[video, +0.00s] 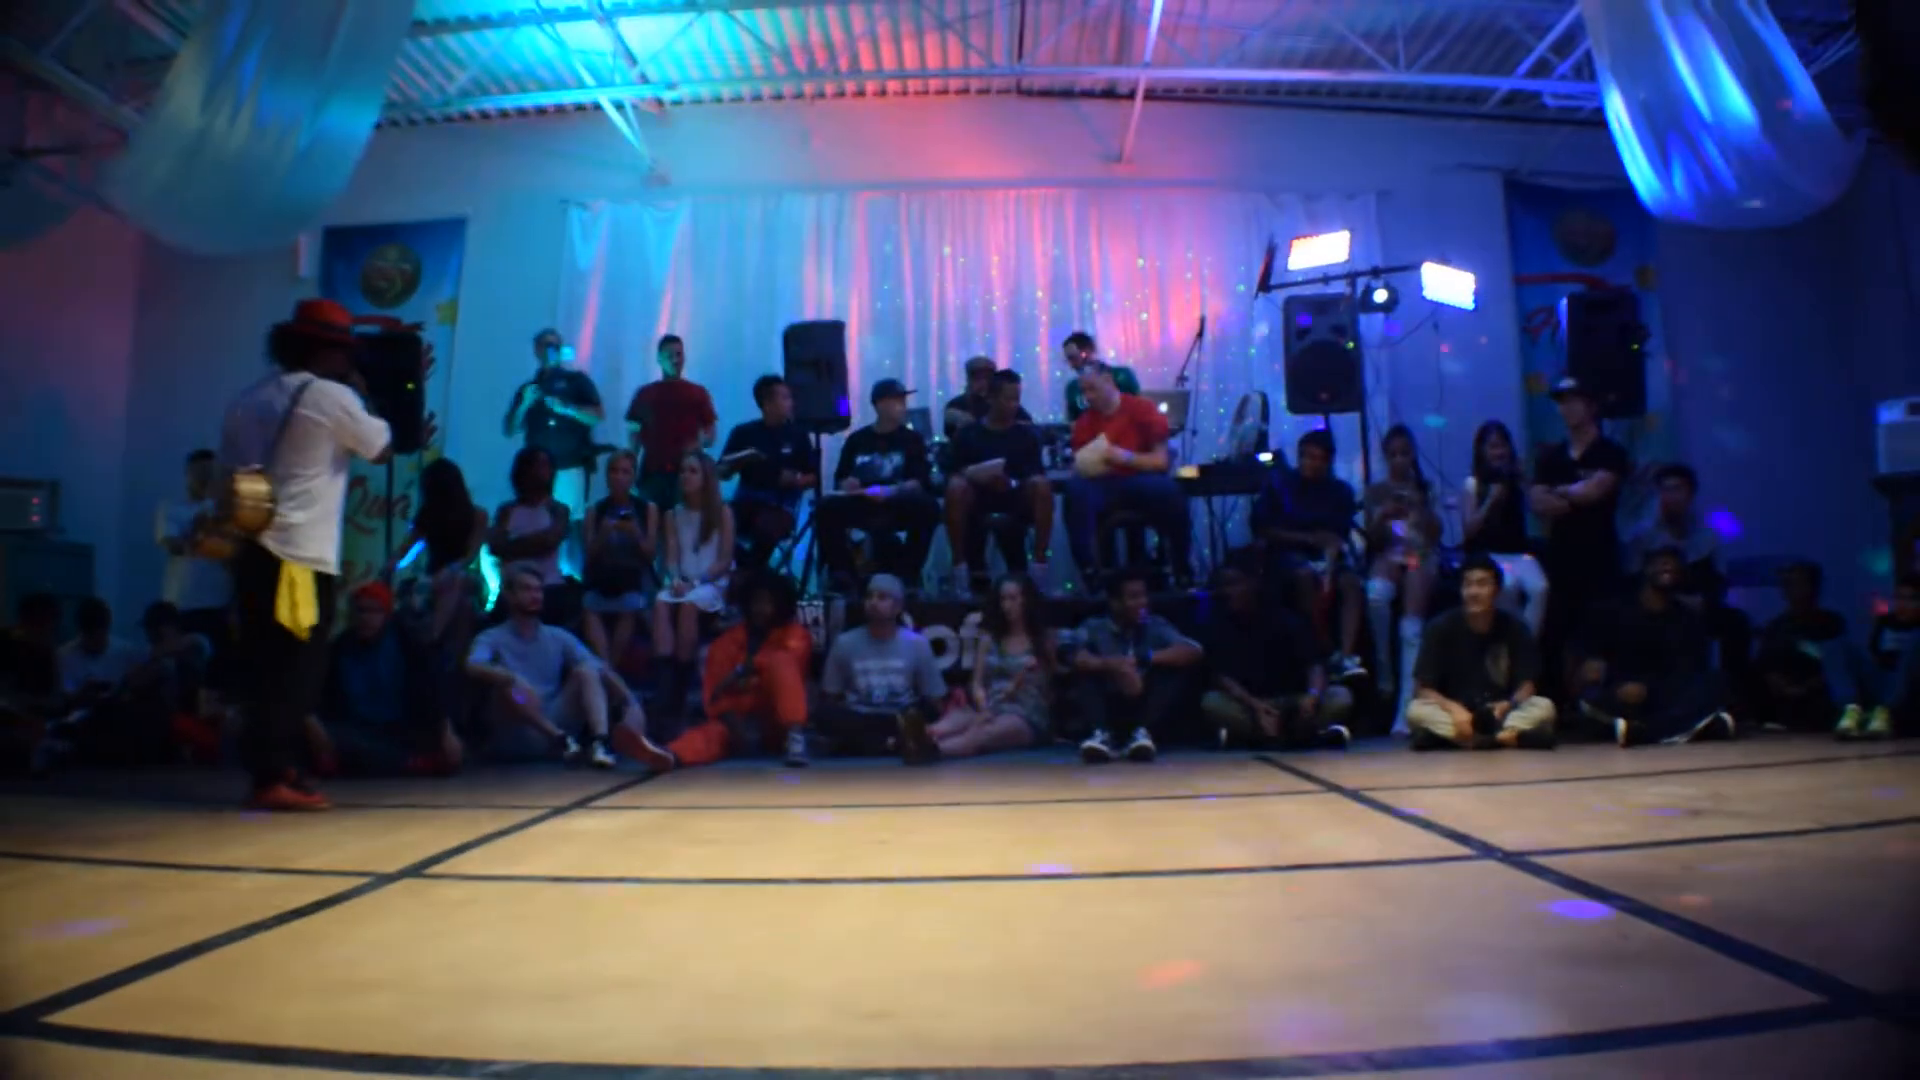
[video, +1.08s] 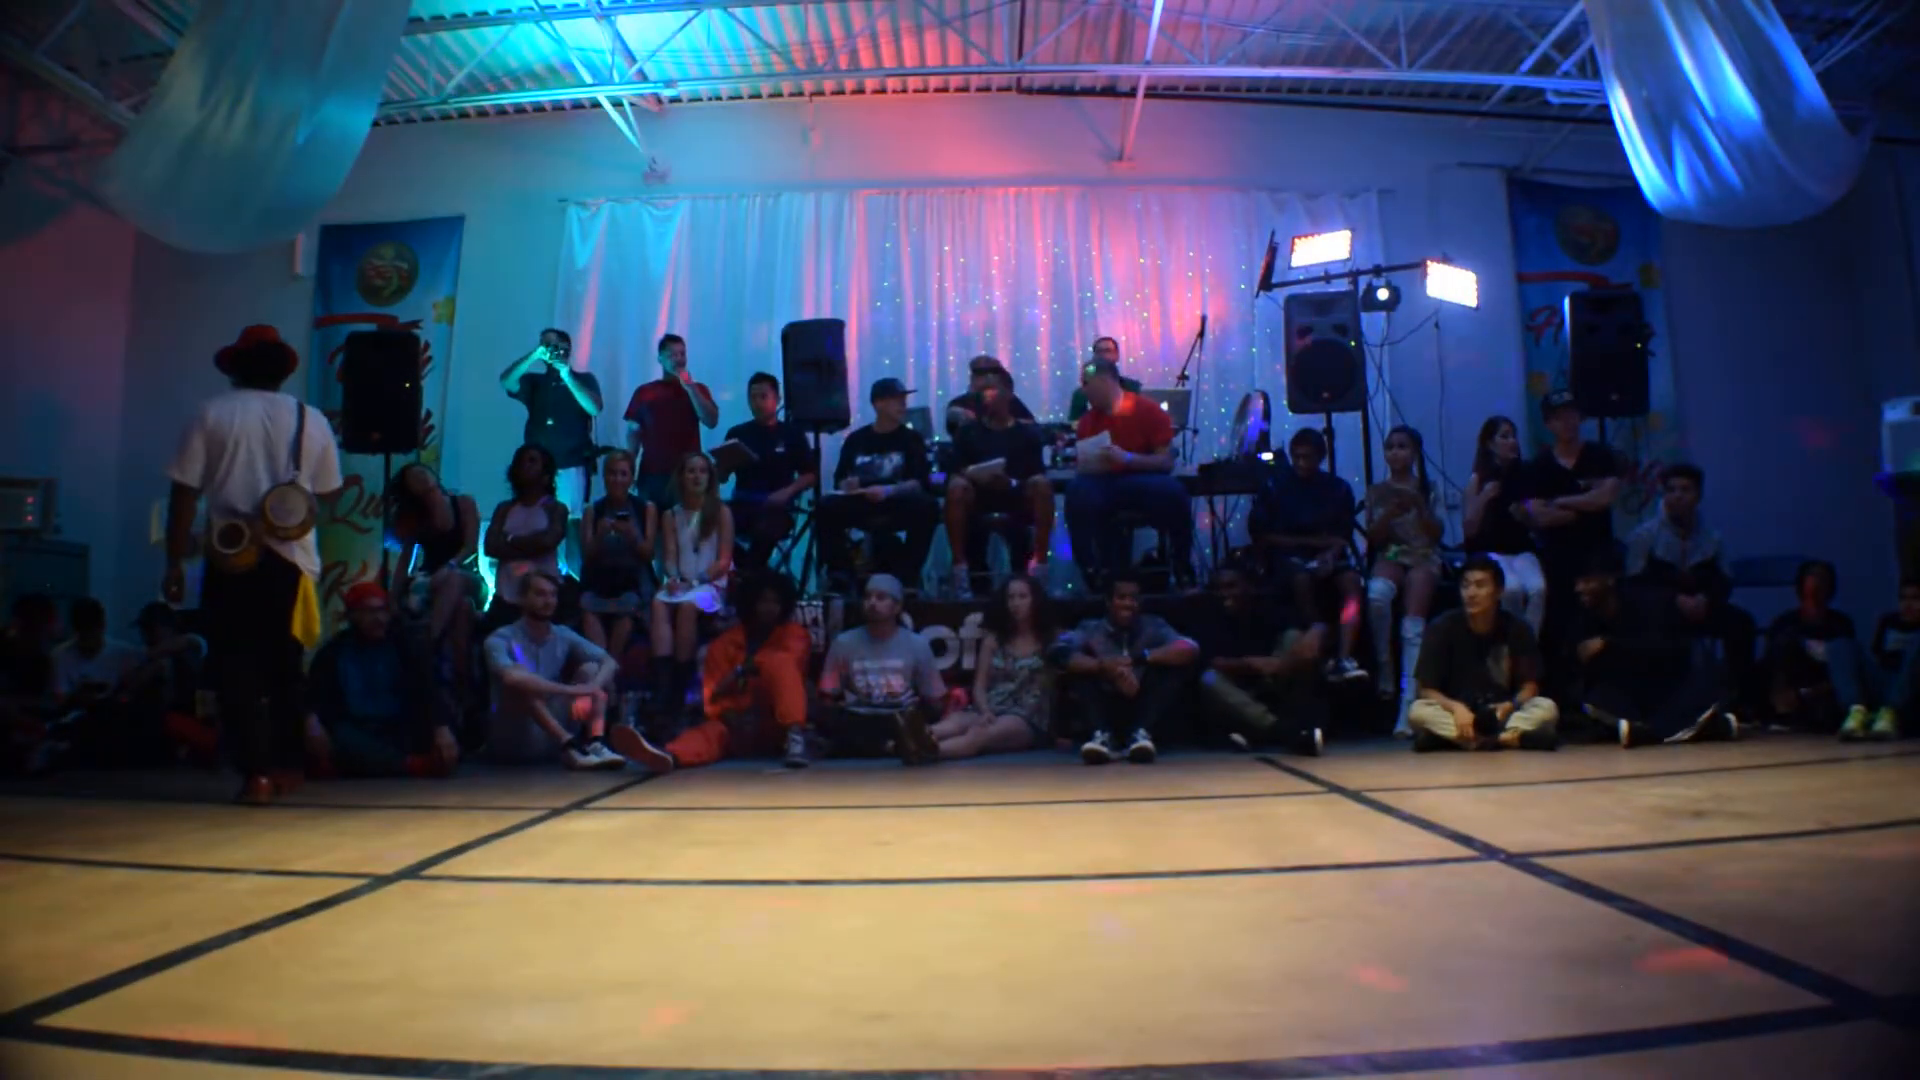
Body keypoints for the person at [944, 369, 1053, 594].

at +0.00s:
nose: (1015, 405)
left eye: (1017, 399)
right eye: (1010, 399)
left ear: (1019, 399)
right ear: (991, 399)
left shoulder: (1027, 434)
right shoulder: (969, 433)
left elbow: (1036, 472)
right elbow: (952, 469)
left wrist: (1010, 482)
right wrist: (974, 476)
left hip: (1014, 490)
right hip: (979, 491)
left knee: (1041, 486)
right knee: (957, 488)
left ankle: (1040, 562)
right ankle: (959, 566)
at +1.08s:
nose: (989, 395)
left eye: (995, 388)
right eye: (985, 389)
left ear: (1009, 394)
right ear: (978, 395)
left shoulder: (1027, 431)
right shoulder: (968, 432)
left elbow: (1037, 472)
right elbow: (955, 468)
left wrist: (1010, 482)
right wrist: (973, 475)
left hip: (1014, 490)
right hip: (980, 490)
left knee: (1041, 485)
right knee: (957, 487)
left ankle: (1039, 560)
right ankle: (959, 564)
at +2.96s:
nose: (971, 395)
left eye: (976, 390)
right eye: (970, 391)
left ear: (995, 396)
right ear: (970, 402)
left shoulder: (1021, 432)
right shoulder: (964, 434)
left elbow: (1034, 471)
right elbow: (953, 473)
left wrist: (1010, 483)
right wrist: (981, 481)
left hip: (1012, 492)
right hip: (977, 493)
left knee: (1042, 485)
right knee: (957, 489)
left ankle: (1040, 561)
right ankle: (958, 565)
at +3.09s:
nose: (972, 395)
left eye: (978, 391)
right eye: (971, 392)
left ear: (996, 396)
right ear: (970, 401)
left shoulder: (1021, 431)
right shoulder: (965, 433)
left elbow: (1033, 471)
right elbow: (953, 474)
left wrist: (1010, 483)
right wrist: (982, 480)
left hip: (1012, 493)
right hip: (977, 494)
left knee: (1042, 485)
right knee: (957, 489)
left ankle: (1040, 564)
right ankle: (958, 566)